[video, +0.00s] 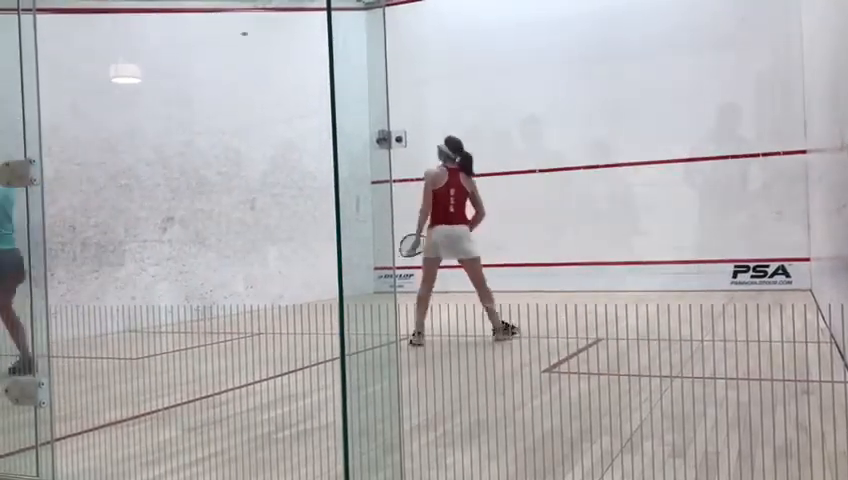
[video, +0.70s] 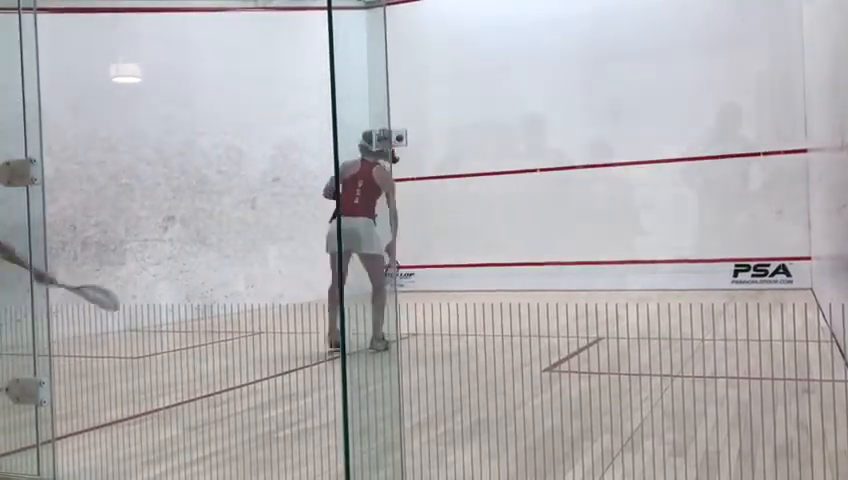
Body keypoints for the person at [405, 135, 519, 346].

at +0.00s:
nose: (438, 155)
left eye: (439, 153)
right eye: (442, 153)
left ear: (441, 155)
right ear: (459, 157)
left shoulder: (432, 175)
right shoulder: (466, 178)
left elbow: (426, 209)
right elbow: (480, 212)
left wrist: (417, 235)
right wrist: (467, 229)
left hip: (436, 233)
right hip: (461, 232)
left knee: (426, 285)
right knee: (480, 284)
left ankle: (418, 332)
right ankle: (497, 326)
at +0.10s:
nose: (421, 153)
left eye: (422, 150)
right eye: (423, 150)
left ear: (426, 152)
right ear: (443, 153)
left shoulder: (416, 170)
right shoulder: (451, 175)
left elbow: (407, 203)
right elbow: (465, 209)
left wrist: (396, 222)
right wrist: (452, 228)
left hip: (423, 229)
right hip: (446, 228)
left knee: (418, 284)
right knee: (463, 282)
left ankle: (418, 332)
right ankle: (477, 327)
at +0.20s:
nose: (406, 149)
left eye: (408, 146)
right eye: (409, 146)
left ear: (410, 148)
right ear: (429, 150)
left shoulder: (402, 168)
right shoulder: (437, 170)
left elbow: (393, 197)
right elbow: (449, 205)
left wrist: (386, 201)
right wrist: (438, 223)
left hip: (410, 227)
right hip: (434, 226)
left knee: (412, 283)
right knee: (442, 281)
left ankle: (417, 331)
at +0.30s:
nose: (395, 152)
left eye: (397, 149)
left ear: (399, 149)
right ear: (418, 150)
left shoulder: (393, 168)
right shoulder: (426, 171)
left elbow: (383, 199)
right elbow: (437, 207)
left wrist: (386, 181)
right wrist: (427, 225)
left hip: (400, 230)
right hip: (421, 229)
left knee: (405, 285)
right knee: (421, 284)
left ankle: (414, 329)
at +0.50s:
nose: (391, 159)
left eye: (392, 155)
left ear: (389, 159)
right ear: (408, 165)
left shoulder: (371, 175)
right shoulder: (409, 184)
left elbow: (361, 203)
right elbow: (417, 220)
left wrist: (379, 202)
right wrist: (408, 242)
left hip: (368, 237)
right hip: (390, 237)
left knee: (379, 290)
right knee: (389, 290)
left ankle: (396, 332)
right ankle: (377, 337)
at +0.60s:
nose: (381, 162)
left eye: (380, 157)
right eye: (383, 157)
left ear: (371, 156)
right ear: (390, 157)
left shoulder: (359, 173)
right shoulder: (395, 179)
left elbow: (343, 198)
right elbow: (404, 216)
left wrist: (359, 201)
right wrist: (403, 241)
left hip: (355, 230)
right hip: (380, 230)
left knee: (357, 285)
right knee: (388, 286)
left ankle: (366, 329)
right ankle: (376, 333)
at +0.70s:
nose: (388, 155)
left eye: (388, 151)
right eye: (387, 151)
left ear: (362, 149)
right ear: (381, 152)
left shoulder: (346, 166)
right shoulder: (383, 174)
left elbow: (328, 192)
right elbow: (392, 210)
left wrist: (349, 197)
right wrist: (393, 240)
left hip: (338, 227)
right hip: (364, 227)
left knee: (337, 282)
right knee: (378, 284)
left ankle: (333, 332)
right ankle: (377, 336)